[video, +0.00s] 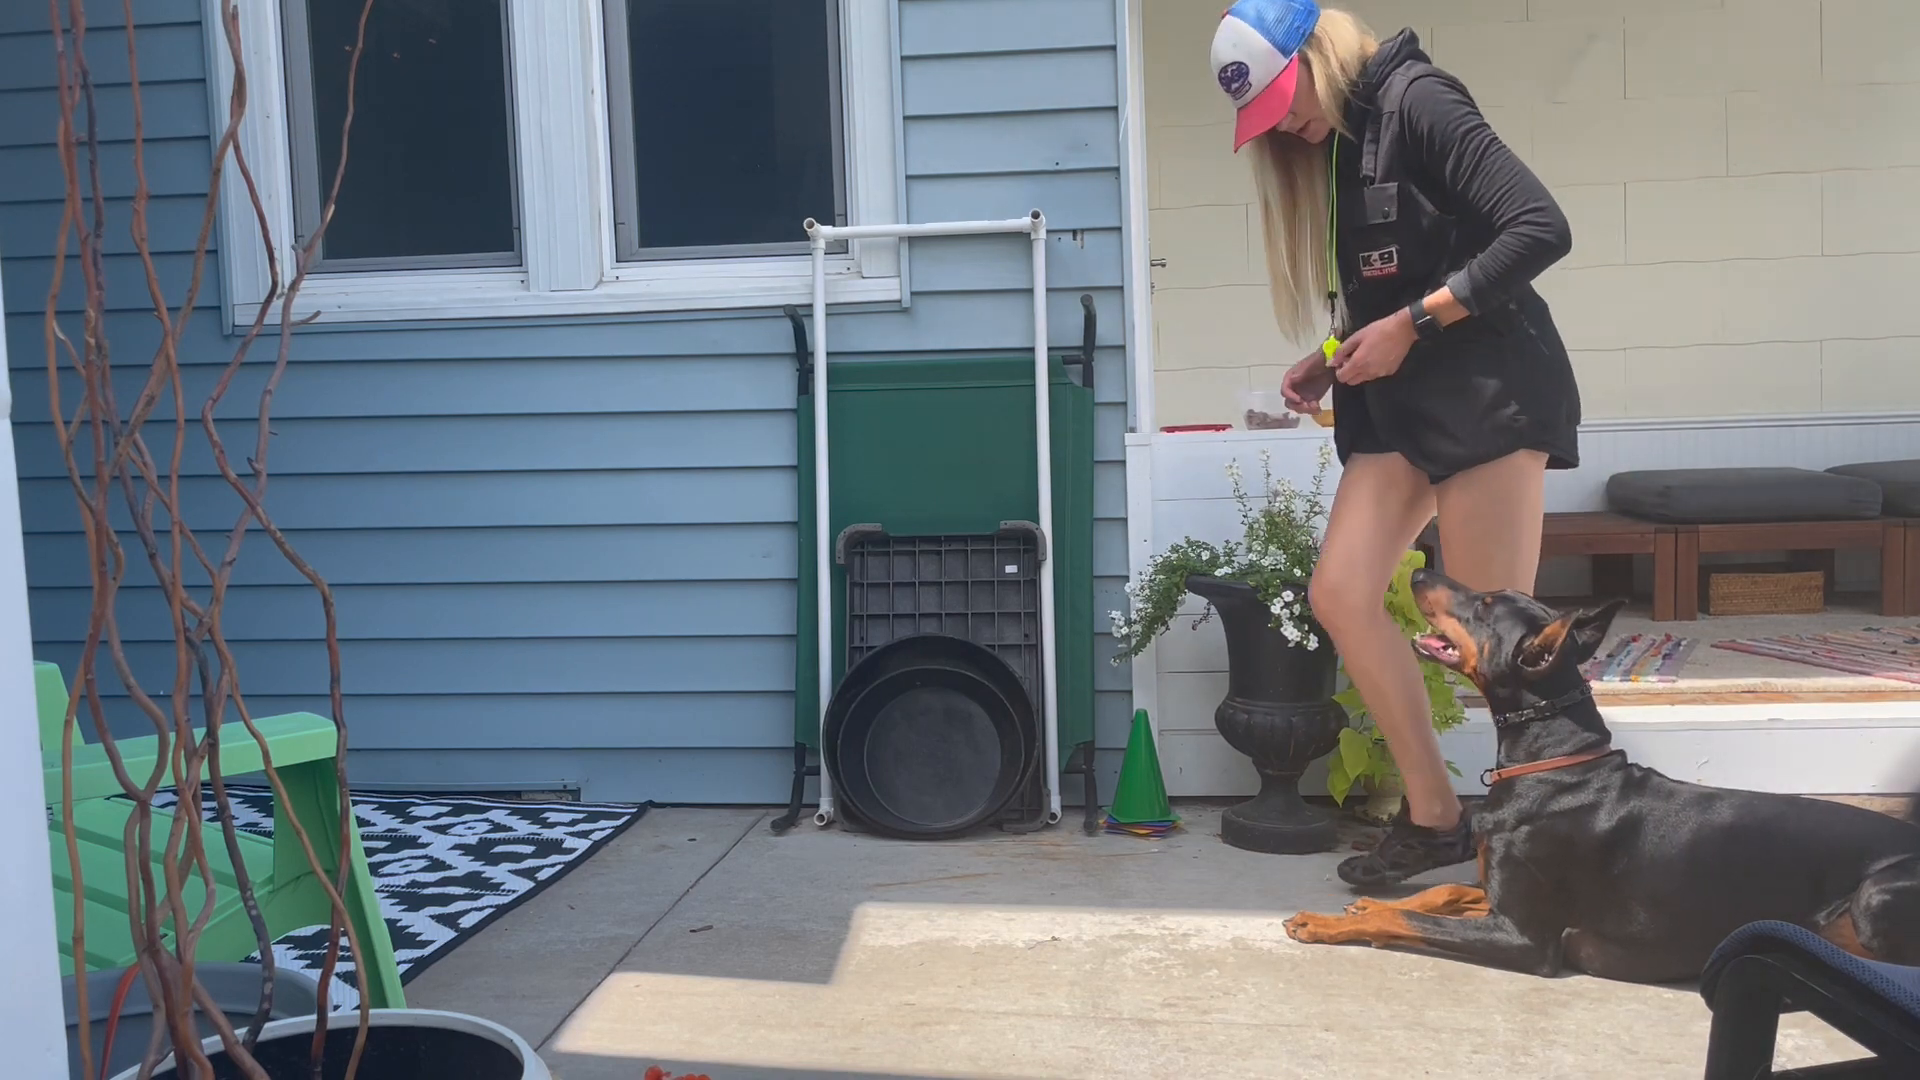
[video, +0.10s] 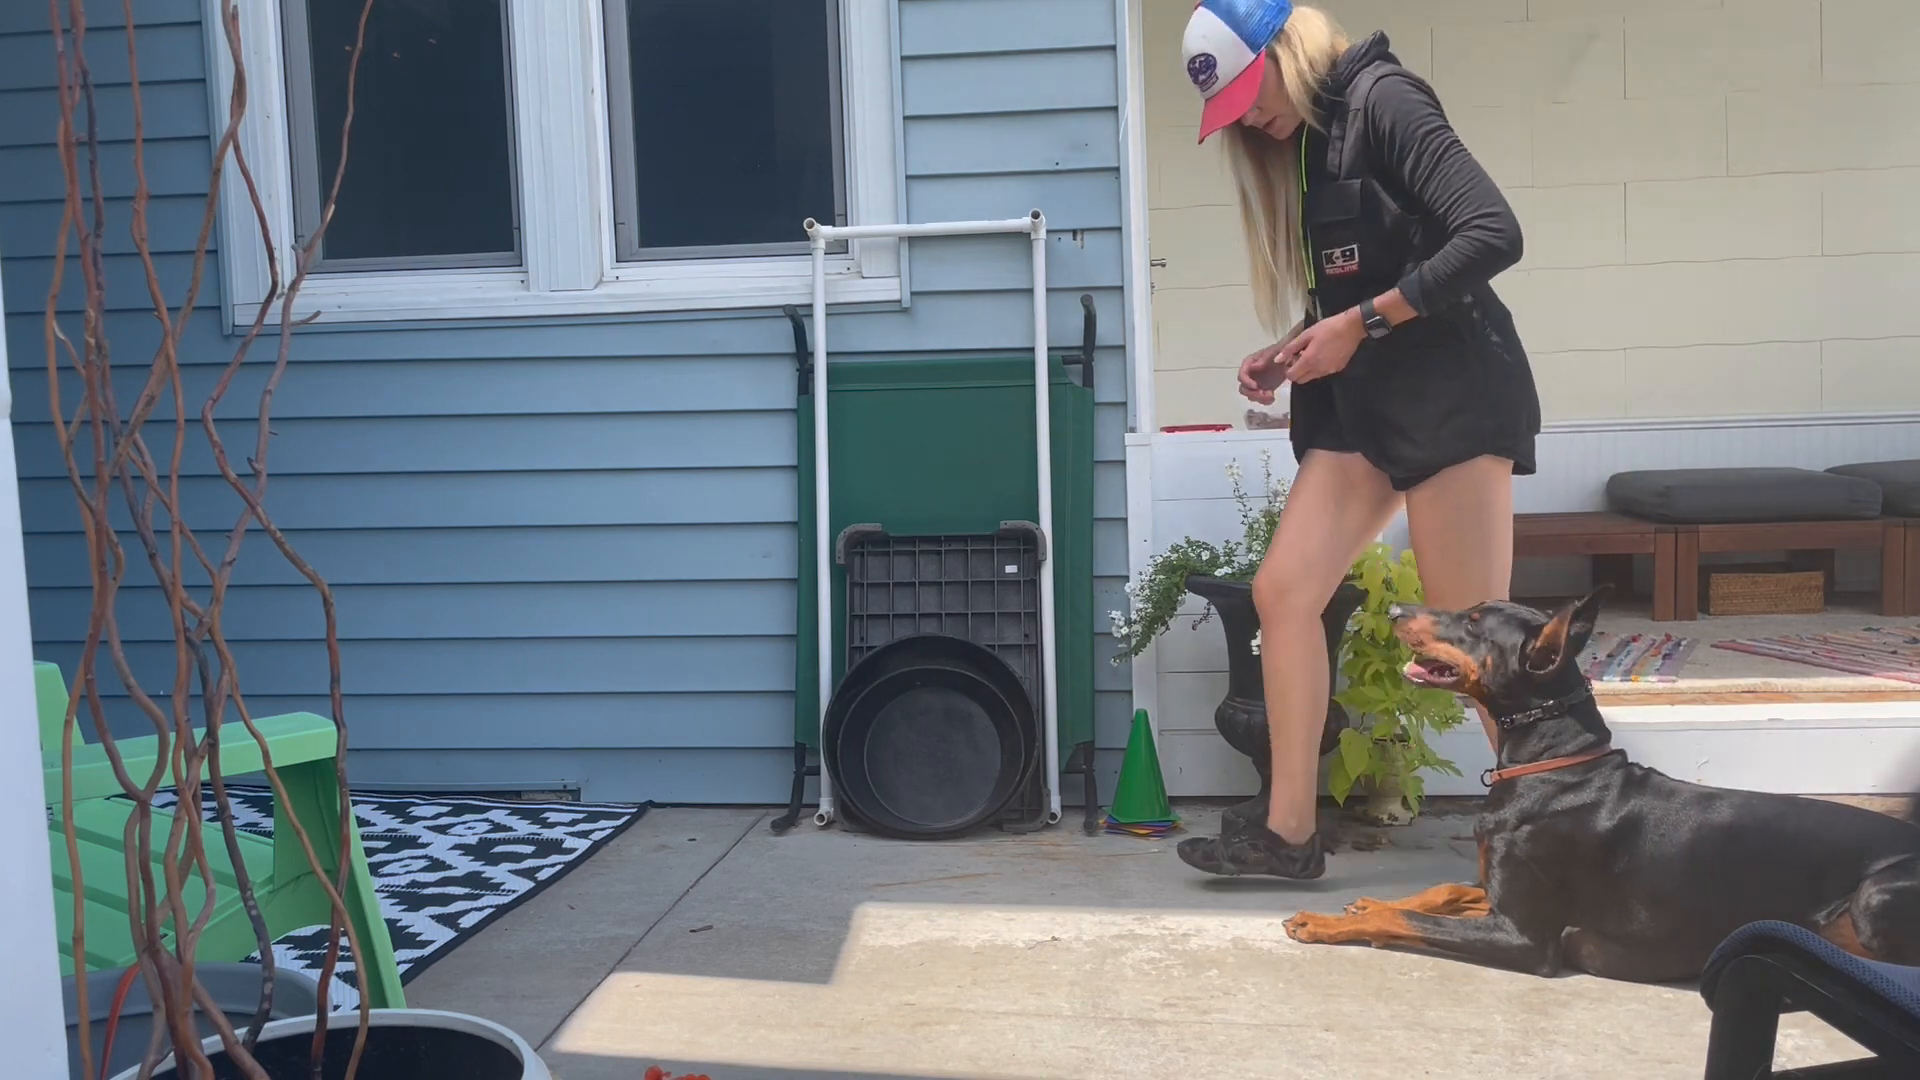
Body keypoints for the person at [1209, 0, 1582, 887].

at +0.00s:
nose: (1290, 132)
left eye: (1285, 111)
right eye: (1275, 124)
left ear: (1315, 59)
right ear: (1280, 92)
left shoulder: (1419, 101)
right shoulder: (1344, 139)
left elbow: (1538, 226)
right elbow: (1398, 282)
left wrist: (1417, 320)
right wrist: (1334, 359)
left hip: (1491, 391)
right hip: (1401, 402)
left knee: (1496, 632)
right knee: (1343, 596)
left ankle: (1548, 830)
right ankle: (1436, 818)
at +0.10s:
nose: (1250, 124)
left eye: (1246, 102)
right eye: (1236, 114)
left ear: (1280, 55)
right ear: (1253, 78)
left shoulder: (1387, 99)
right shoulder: (1317, 136)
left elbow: (1491, 231)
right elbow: (1365, 282)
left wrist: (1369, 320)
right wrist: (1296, 350)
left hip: (1452, 389)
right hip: (1364, 398)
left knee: (1475, 635)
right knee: (1285, 594)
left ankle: (1546, 836)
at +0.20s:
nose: (1206, 121)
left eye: (1208, 98)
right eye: (1193, 111)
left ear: (1246, 54)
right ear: (1189, 96)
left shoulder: (1340, 100)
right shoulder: (1266, 146)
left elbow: (1433, 240)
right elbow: (1312, 288)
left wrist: (1303, 318)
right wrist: (1243, 342)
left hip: (1403, 391)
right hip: (1312, 399)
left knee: (1438, 651)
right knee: (1232, 600)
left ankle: (1539, 828)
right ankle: (1160, 826)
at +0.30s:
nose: (1152, 116)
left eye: (1155, 94)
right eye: (1139, 105)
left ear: (1196, 51)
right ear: (1145, 89)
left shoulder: (1285, 103)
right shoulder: (1216, 141)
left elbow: (1367, 250)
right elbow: (1257, 280)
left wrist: (1232, 316)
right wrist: (1187, 332)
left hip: (1335, 396)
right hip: (1246, 404)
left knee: (1385, 645)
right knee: (1174, 607)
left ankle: (1549, 796)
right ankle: (1116, 835)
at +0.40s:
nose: (1092, 106)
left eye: (1095, 83)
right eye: (1078, 95)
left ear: (1135, 42)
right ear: (1082, 79)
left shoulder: (1226, 105)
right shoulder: (1142, 141)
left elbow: (1301, 249)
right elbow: (1179, 277)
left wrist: (1170, 307)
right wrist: (1112, 326)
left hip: (1259, 396)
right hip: (1174, 404)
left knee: (1277, 646)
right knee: (1117, 607)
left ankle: (1477, 787)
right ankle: (1099, 839)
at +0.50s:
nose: (1042, 97)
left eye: (1043, 73)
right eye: (1028, 86)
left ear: (1081, 30)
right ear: (1033, 67)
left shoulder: (1170, 94)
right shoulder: (1084, 132)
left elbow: (1245, 242)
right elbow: (1110, 266)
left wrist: (1110, 293)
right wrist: (1047, 306)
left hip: (1193, 393)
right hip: (1109, 397)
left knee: (1151, 627)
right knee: (1084, 606)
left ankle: (1353, 779)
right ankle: (1097, 840)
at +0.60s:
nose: (995, 86)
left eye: (998, 63)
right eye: (981, 74)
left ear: (1038, 23)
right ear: (978, 60)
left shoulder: (1125, 89)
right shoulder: (1019, 124)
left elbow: (1202, 236)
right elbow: (1040, 259)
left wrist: (1068, 280)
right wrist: (988, 297)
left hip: (1142, 385)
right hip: (1055, 386)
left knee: (1049, 605)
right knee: (1065, 612)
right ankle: (1094, 838)